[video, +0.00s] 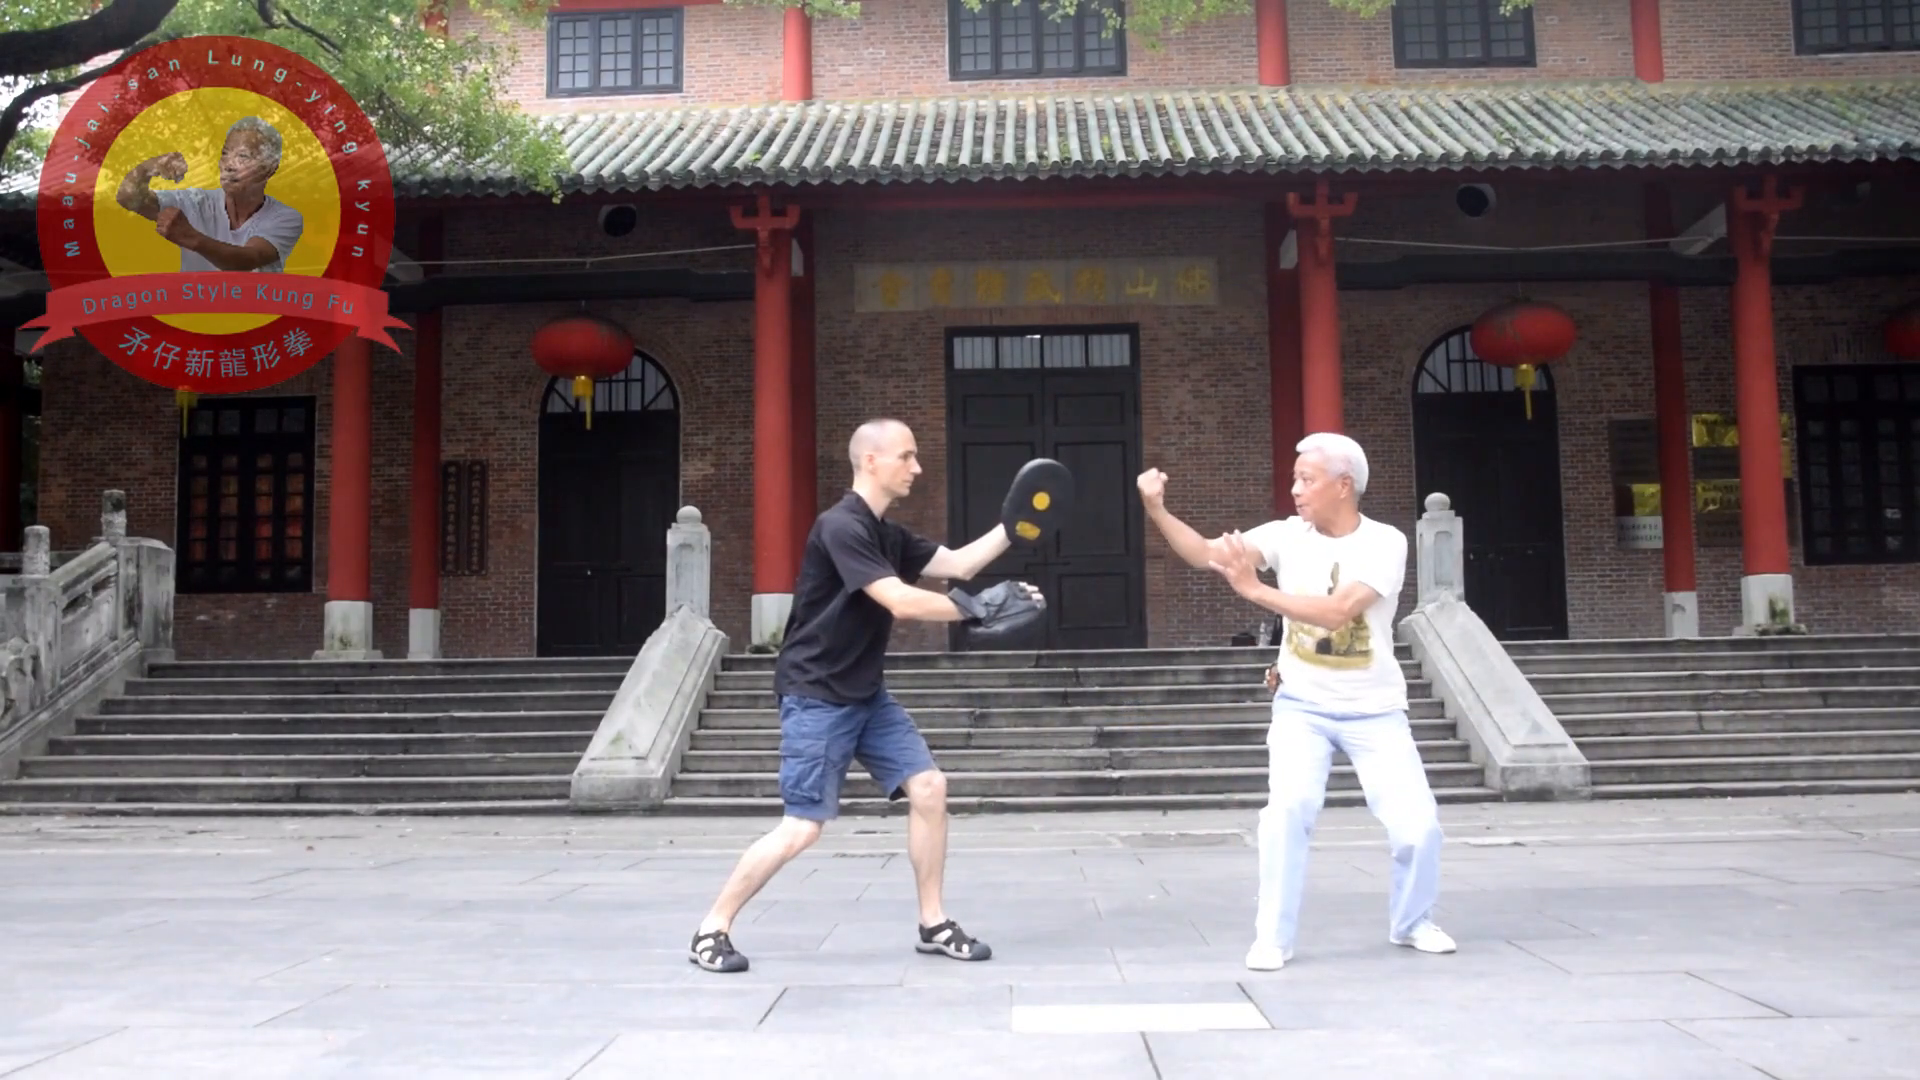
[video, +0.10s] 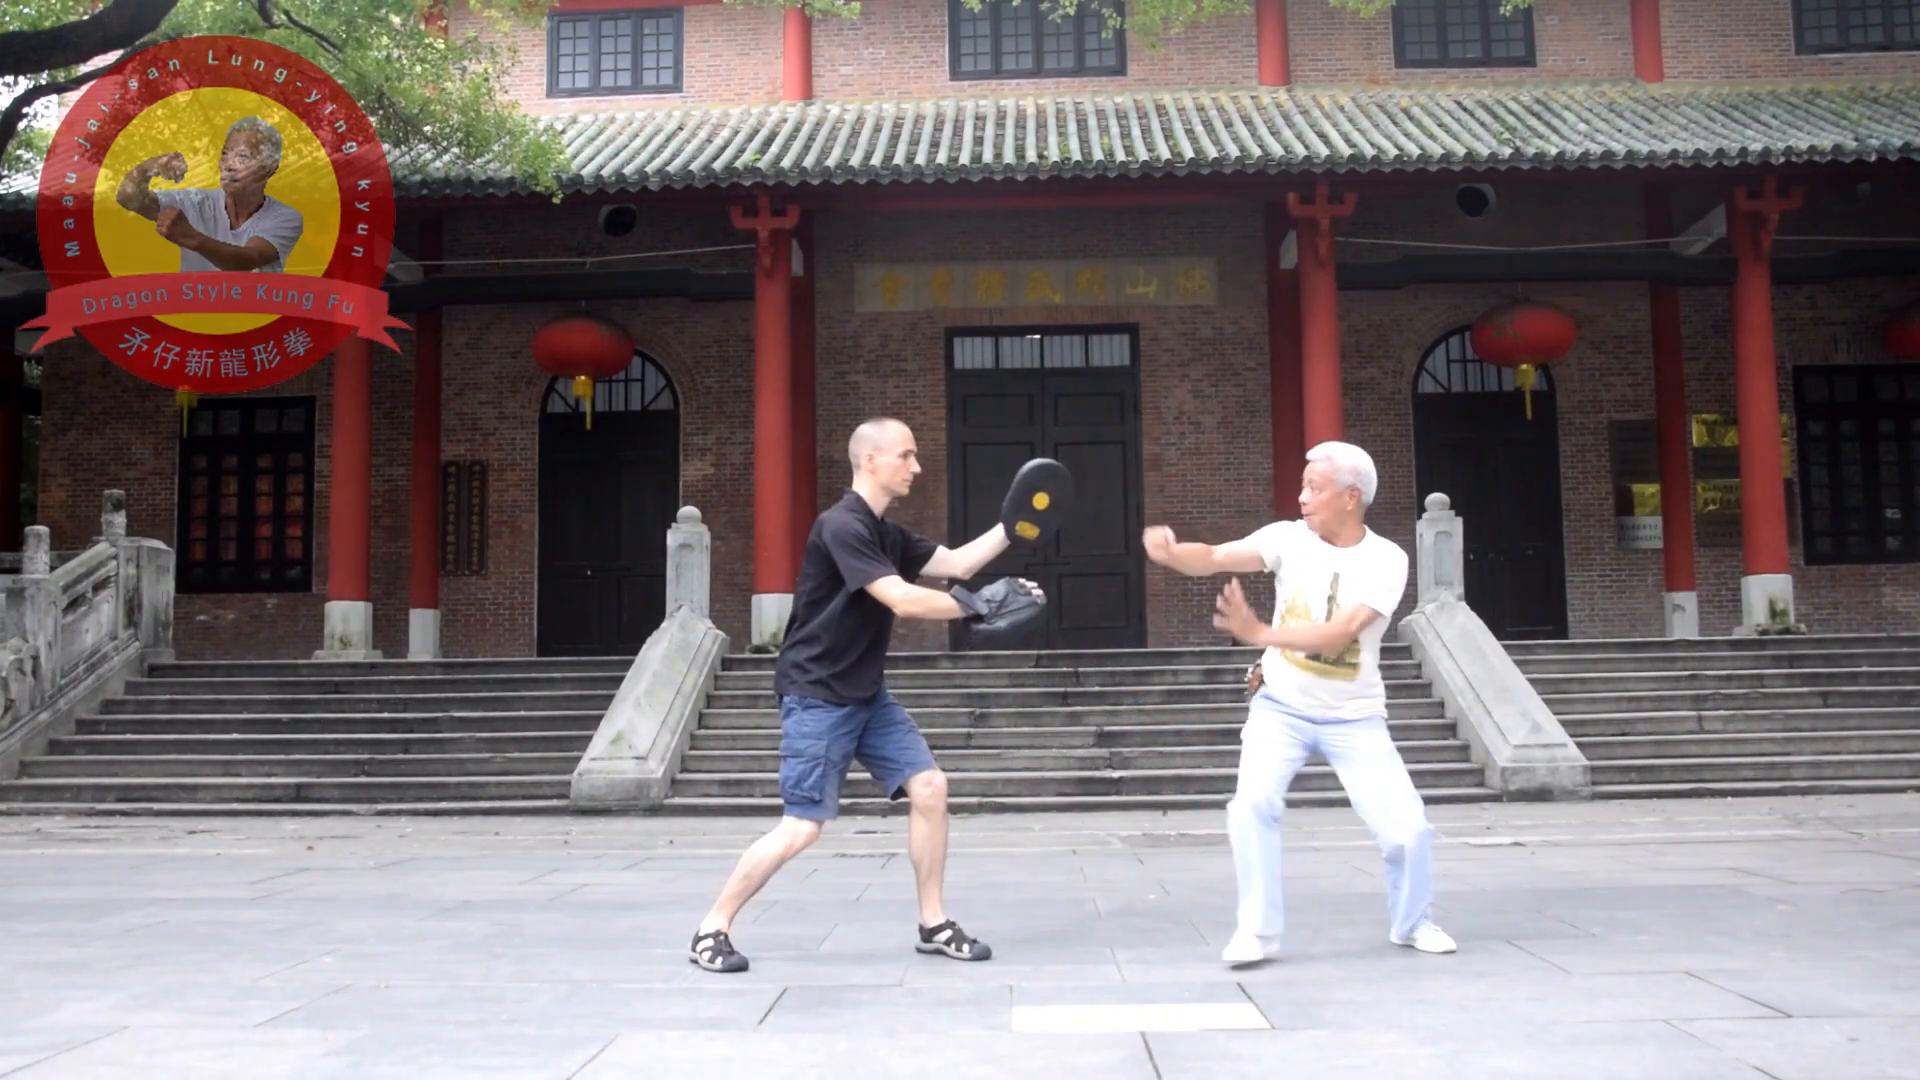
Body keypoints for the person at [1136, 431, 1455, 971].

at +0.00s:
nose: (1295, 491)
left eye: (1305, 480)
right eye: (1294, 480)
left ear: (1344, 485)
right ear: (1326, 485)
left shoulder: (1386, 543)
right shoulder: (1287, 535)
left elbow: (1338, 612)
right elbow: (1210, 554)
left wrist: (1252, 590)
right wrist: (1157, 510)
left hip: (1376, 709)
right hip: (1300, 706)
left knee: (1419, 828)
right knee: (1290, 808)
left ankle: (1413, 922)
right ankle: (1272, 939)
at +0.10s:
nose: (1302, 498)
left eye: (1313, 488)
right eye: (1302, 487)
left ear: (1351, 498)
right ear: (1339, 496)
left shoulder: (1387, 559)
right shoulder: (1288, 537)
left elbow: (1340, 635)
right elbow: (1217, 558)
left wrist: (1258, 633)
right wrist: (1168, 552)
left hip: (1355, 717)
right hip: (1279, 709)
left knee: (1409, 830)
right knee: (1252, 805)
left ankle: (1412, 923)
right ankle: (1256, 932)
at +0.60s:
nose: (1049, 484)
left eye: (1056, 476)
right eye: (1054, 474)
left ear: (1080, 487)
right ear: (1092, 489)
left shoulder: (1083, 545)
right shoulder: (1111, 528)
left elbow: (1014, 605)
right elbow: (1037, 515)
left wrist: (975, 612)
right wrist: (973, 491)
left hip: (1168, 719)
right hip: (1123, 717)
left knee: (1186, 848)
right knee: (1054, 804)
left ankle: (1294, 885)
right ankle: (1053, 940)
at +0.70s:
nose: (1017, 483)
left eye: (1021, 473)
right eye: (1021, 473)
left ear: (1042, 482)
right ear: (1069, 483)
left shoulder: (1043, 542)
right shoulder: (1097, 517)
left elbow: (989, 606)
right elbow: (1016, 505)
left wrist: (958, 598)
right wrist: (952, 477)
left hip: (1129, 706)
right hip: (1129, 703)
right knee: (1042, 807)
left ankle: (1224, 913)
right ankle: (1055, 941)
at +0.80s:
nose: (1003, 475)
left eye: (1007, 467)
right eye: (1008, 466)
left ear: (1026, 476)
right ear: (1061, 477)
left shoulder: (1026, 535)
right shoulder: (1089, 513)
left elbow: (966, 598)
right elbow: (1007, 493)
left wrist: (938, 559)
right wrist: (945, 470)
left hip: (1098, 701)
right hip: (1144, 697)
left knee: (1052, 820)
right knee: (1037, 808)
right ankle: (1050, 943)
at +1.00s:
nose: (990, 472)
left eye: (995, 463)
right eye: (993, 463)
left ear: (1014, 471)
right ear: (1053, 473)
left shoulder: (1000, 526)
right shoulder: (1085, 511)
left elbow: (957, 596)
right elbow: (1012, 499)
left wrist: (946, 570)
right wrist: (950, 476)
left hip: (1057, 698)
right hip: (1127, 698)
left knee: (1031, 839)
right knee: (1035, 823)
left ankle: (1079, 978)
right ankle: (1032, 950)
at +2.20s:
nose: (829, 489)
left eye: (837, 479)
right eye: (833, 479)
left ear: (863, 491)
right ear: (880, 493)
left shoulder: (832, 542)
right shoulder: (925, 544)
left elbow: (754, 574)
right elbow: (966, 509)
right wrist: (952, 450)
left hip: (869, 731)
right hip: (901, 724)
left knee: (930, 842)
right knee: (791, 810)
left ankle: (1043, 940)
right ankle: (748, 927)